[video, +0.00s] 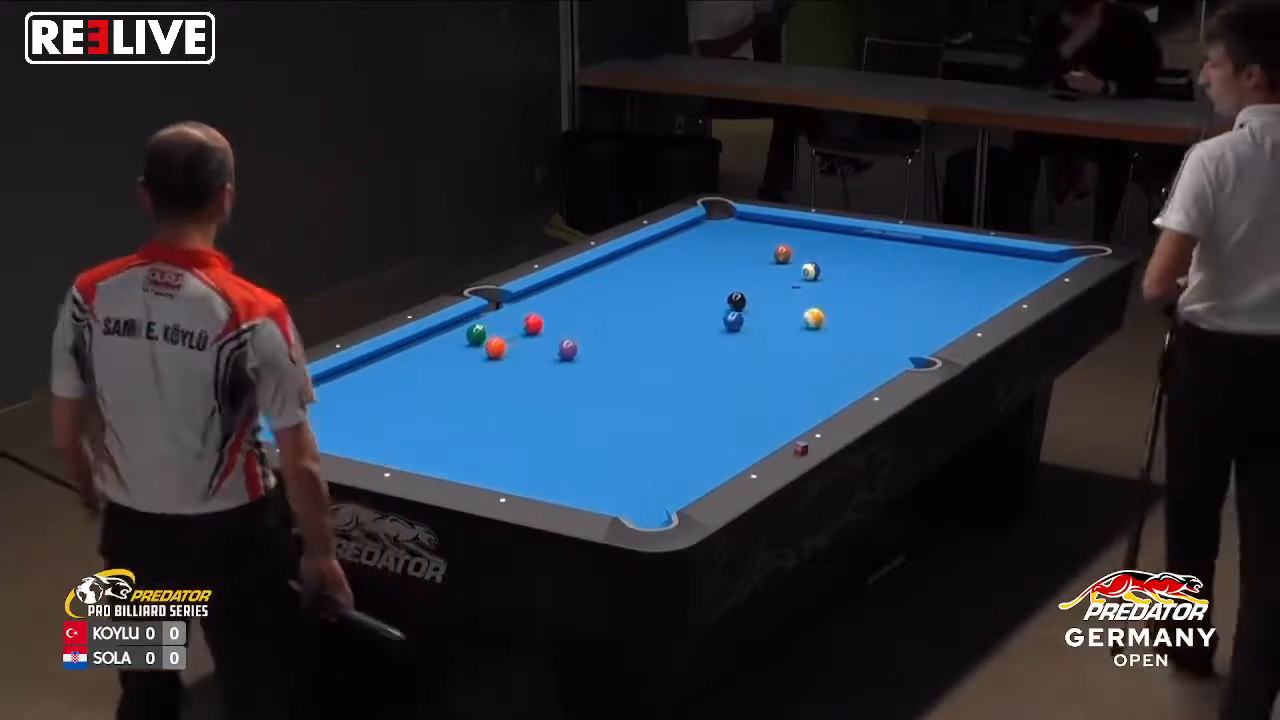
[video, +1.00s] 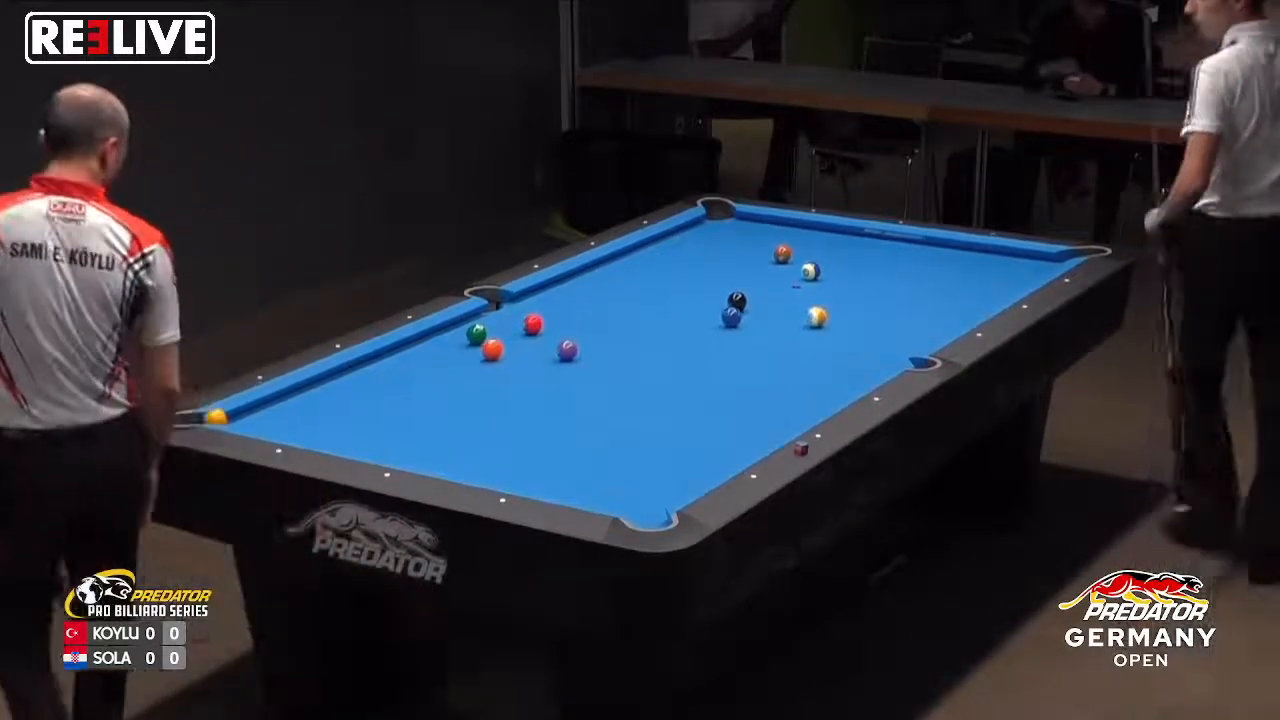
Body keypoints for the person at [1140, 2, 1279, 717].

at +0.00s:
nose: (1204, 78)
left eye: (1212, 65)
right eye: (1206, 64)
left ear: (1247, 71)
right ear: (1267, 71)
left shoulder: (1214, 159)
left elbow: (1159, 280)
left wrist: (1178, 295)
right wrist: (1185, 284)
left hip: (1215, 354)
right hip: (1277, 353)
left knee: (1194, 500)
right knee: (1273, 520)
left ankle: (1191, 648)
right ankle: (1261, 681)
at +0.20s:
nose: (1188, 58)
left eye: (1196, 47)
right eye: (1189, 45)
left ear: (1236, 53)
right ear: (1251, 53)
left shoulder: (1200, 134)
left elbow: (1149, 254)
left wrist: (1172, 259)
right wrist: (1184, 249)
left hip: (1205, 323)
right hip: (1274, 324)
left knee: (1185, 477)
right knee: (1257, 488)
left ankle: (1187, 634)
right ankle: (1250, 651)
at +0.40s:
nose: (1180, 39)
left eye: (1191, 27)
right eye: (1183, 26)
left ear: (1232, 37)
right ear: (1240, 37)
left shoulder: (1191, 113)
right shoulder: (1277, 101)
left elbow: (1145, 229)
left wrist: (1180, 234)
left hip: (1202, 296)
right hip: (1274, 298)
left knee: (1187, 453)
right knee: (1269, 457)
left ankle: (1191, 631)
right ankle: (1259, 612)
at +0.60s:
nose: (1186, 36)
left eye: (1197, 24)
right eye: (1188, 24)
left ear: (1237, 34)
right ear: (1243, 34)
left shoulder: (1199, 106)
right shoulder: (1279, 93)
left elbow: (1157, 220)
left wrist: (1190, 225)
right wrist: (1193, 215)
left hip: (1207, 281)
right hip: (1276, 281)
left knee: (1193, 442)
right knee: (1274, 431)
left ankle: (1197, 621)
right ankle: (1270, 562)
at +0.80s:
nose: (1197, 18)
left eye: (1207, 7)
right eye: (1199, 7)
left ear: (1244, 14)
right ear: (1260, 15)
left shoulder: (1219, 87)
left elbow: (1183, 202)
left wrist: (1168, 231)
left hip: (1228, 260)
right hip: (1279, 257)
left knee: (1206, 414)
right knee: (1275, 418)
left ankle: (1216, 557)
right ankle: (1269, 556)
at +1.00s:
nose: (1191, 8)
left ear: (1237, 5)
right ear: (1252, 7)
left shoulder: (1220, 70)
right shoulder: (1275, 55)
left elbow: (1196, 177)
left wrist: (1163, 214)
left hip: (1222, 236)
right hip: (1276, 231)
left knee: (1199, 376)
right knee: (1275, 390)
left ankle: (1210, 516)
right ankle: (1271, 539)